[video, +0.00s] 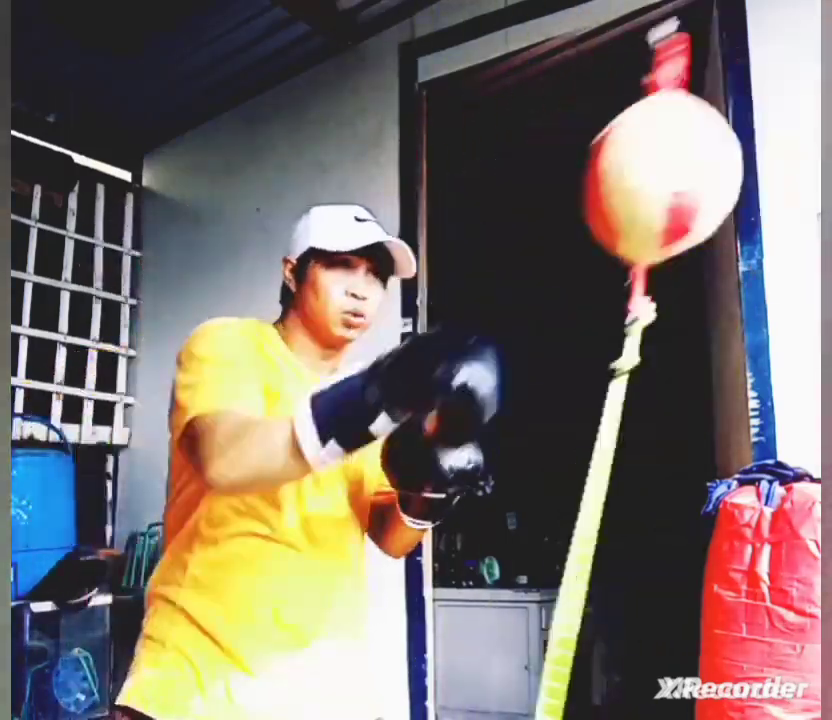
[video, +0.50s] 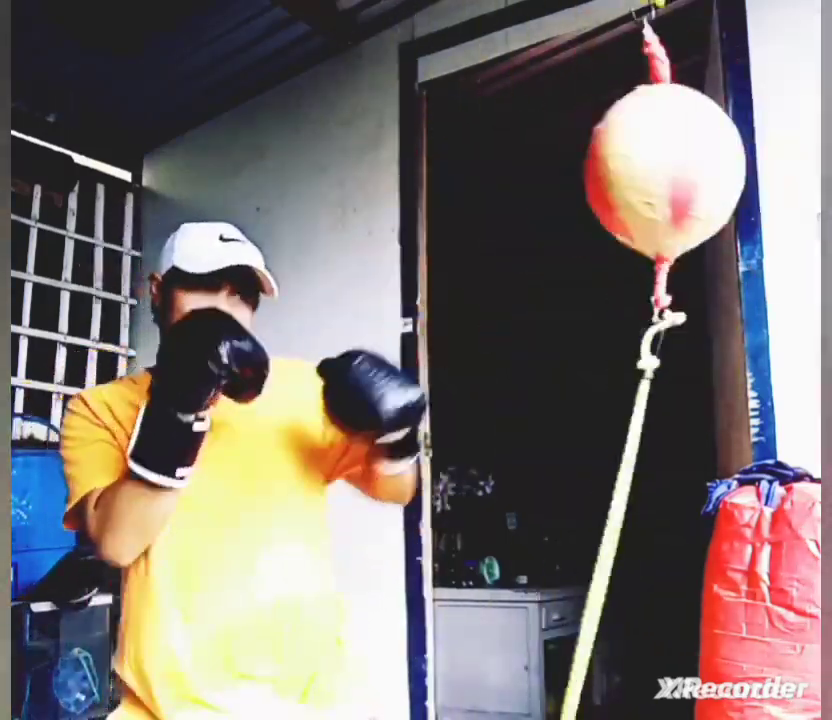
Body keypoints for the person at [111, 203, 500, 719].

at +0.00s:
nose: (362, 290)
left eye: (375, 275)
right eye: (342, 267)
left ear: (387, 292)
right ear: (293, 273)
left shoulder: (371, 398)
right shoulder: (226, 343)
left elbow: (393, 541)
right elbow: (223, 461)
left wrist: (425, 494)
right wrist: (373, 397)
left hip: (331, 674)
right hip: (204, 666)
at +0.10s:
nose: (300, 276)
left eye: (317, 261)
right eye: (280, 255)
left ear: (329, 280)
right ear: (236, 267)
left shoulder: (347, 388)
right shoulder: (170, 370)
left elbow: (378, 528)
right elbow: (145, 534)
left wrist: (395, 493)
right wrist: (256, 467)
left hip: (328, 687)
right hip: (197, 683)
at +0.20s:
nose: (227, 289)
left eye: (246, 273)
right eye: (206, 268)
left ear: (263, 289)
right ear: (168, 280)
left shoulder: (306, 386)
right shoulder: (113, 400)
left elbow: (353, 522)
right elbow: (122, 556)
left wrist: (348, 461)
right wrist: (197, 446)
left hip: (318, 691)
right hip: (180, 691)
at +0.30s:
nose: (207, 304)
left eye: (225, 289)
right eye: (188, 284)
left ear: (241, 304)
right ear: (146, 296)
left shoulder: (282, 401)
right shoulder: (94, 408)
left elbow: (342, 522)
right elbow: (117, 546)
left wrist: (333, 445)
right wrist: (179, 416)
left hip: (299, 693)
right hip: (162, 694)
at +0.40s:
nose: (212, 304)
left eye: (229, 292)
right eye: (190, 289)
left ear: (245, 307)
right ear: (147, 299)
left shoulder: (287, 401)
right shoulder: (91, 408)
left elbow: (334, 534)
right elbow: (120, 531)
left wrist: (342, 461)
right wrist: (176, 397)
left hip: (287, 696)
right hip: (153, 698)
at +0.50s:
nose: (220, 311)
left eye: (239, 296)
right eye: (200, 289)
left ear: (257, 305)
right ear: (159, 293)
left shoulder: (311, 390)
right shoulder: (105, 409)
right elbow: (116, 543)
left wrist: (399, 434)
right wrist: (177, 416)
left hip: (312, 697)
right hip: (169, 699)